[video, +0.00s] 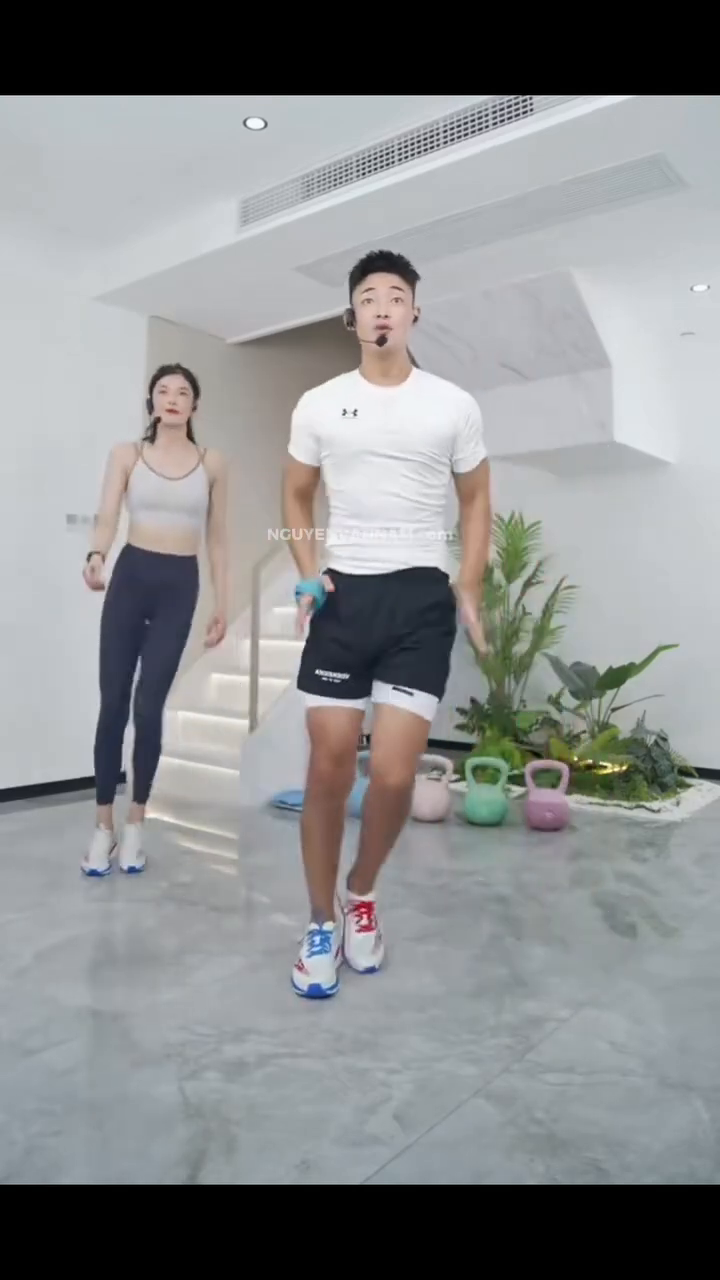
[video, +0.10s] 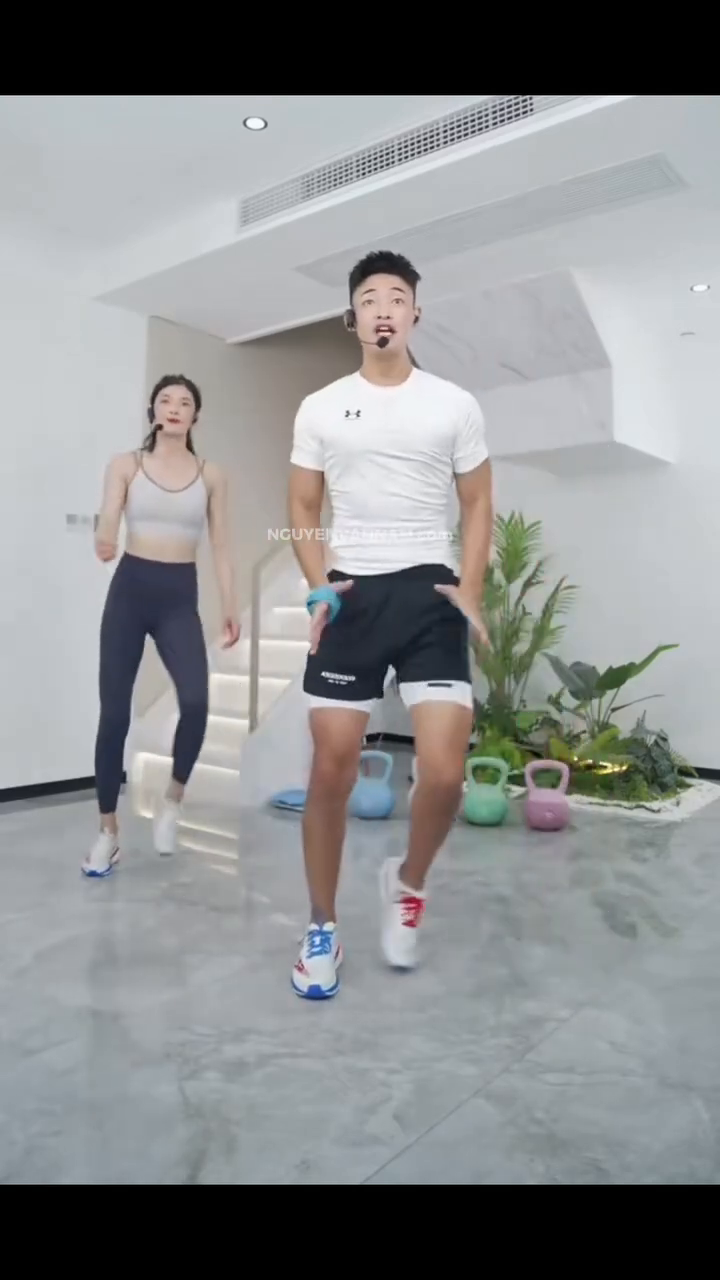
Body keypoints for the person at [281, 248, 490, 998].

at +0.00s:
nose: (381, 310)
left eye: (395, 299)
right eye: (369, 300)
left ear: (415, 315)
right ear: (353, 317)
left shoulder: (454, 407)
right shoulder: (319, 406)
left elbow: (477, 504)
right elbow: (297, 499)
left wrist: (469, 587)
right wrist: (311, 577)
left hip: (423, 600)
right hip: (342, 598)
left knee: (394, 777)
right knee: (329, 759)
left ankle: (360, 892)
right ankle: (321, 925)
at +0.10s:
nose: (382, 311)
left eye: (395, 300)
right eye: (370, 301)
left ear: (415, 314)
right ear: (353, 317)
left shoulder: (455, 406)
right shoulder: (320, 409)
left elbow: (479, 507)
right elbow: (303, 514)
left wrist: (470, 591)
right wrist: (321, 586)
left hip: (433, 596)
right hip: (349, 597)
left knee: (443, 775)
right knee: (334, 760)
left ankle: (409, 885)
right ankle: (321, 928)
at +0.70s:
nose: (498, 314)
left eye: (511, 302)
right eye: (485, 303)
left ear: (530, 315)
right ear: (467, 320)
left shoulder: (570, 406)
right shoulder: (436, 412)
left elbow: (597, 501)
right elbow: (418, 516)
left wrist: (589, 575)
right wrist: (430, 564)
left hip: (547, 600)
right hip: (465, 599)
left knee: (553, 776)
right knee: (439, 759)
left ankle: (563, 928)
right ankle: (461, 885)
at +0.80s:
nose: (503, 315)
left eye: (516, 303)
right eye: (490, 305)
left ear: (535, 317)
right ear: (473, 321)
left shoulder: (573, 408)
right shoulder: (441, 412)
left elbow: (599, 504)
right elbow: (422, 515)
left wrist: (590, 577)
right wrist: (432, 558)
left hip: (551, 601)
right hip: (470, 602)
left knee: (553, 776)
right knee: (472, 777)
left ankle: (565, 925)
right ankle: (511, 889)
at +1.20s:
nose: (465, 317)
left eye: (478, 306)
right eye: (453, 307)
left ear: (498, 321)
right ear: (434, 323)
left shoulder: (535, 412)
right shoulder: (399, 411)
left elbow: (557, 509)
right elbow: (383, 512)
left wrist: (544, 578)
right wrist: (391, 555)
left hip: (508, 606)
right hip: (423, 607)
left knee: (534, 778)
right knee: (384, 766)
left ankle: (559, 930)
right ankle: (338, 925)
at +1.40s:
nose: (416, 317)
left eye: (428, 305)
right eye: (403, 306)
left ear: (449, 319)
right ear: (384, 322)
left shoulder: (487, 411)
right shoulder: (351, 409)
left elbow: (509, 503)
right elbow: (329, 502)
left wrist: (502, 571)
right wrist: (333, 549)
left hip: (456, 605)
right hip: (372, 605)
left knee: (502, 770)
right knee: (347, 765)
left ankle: (517, 912)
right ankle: (331, 936)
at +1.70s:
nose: (390, 311)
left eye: (404, 299)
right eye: (377, 300)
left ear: (426, 314)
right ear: (360, 318)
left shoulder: (467, 403)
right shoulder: (327, 407)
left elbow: (494, 484)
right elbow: (303, 486)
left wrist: (484, 551)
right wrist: (308, 543)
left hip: (435, 604)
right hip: (352, 602)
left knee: (406, 783)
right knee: (341, 769)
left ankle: (367, 910)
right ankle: (331, 934)